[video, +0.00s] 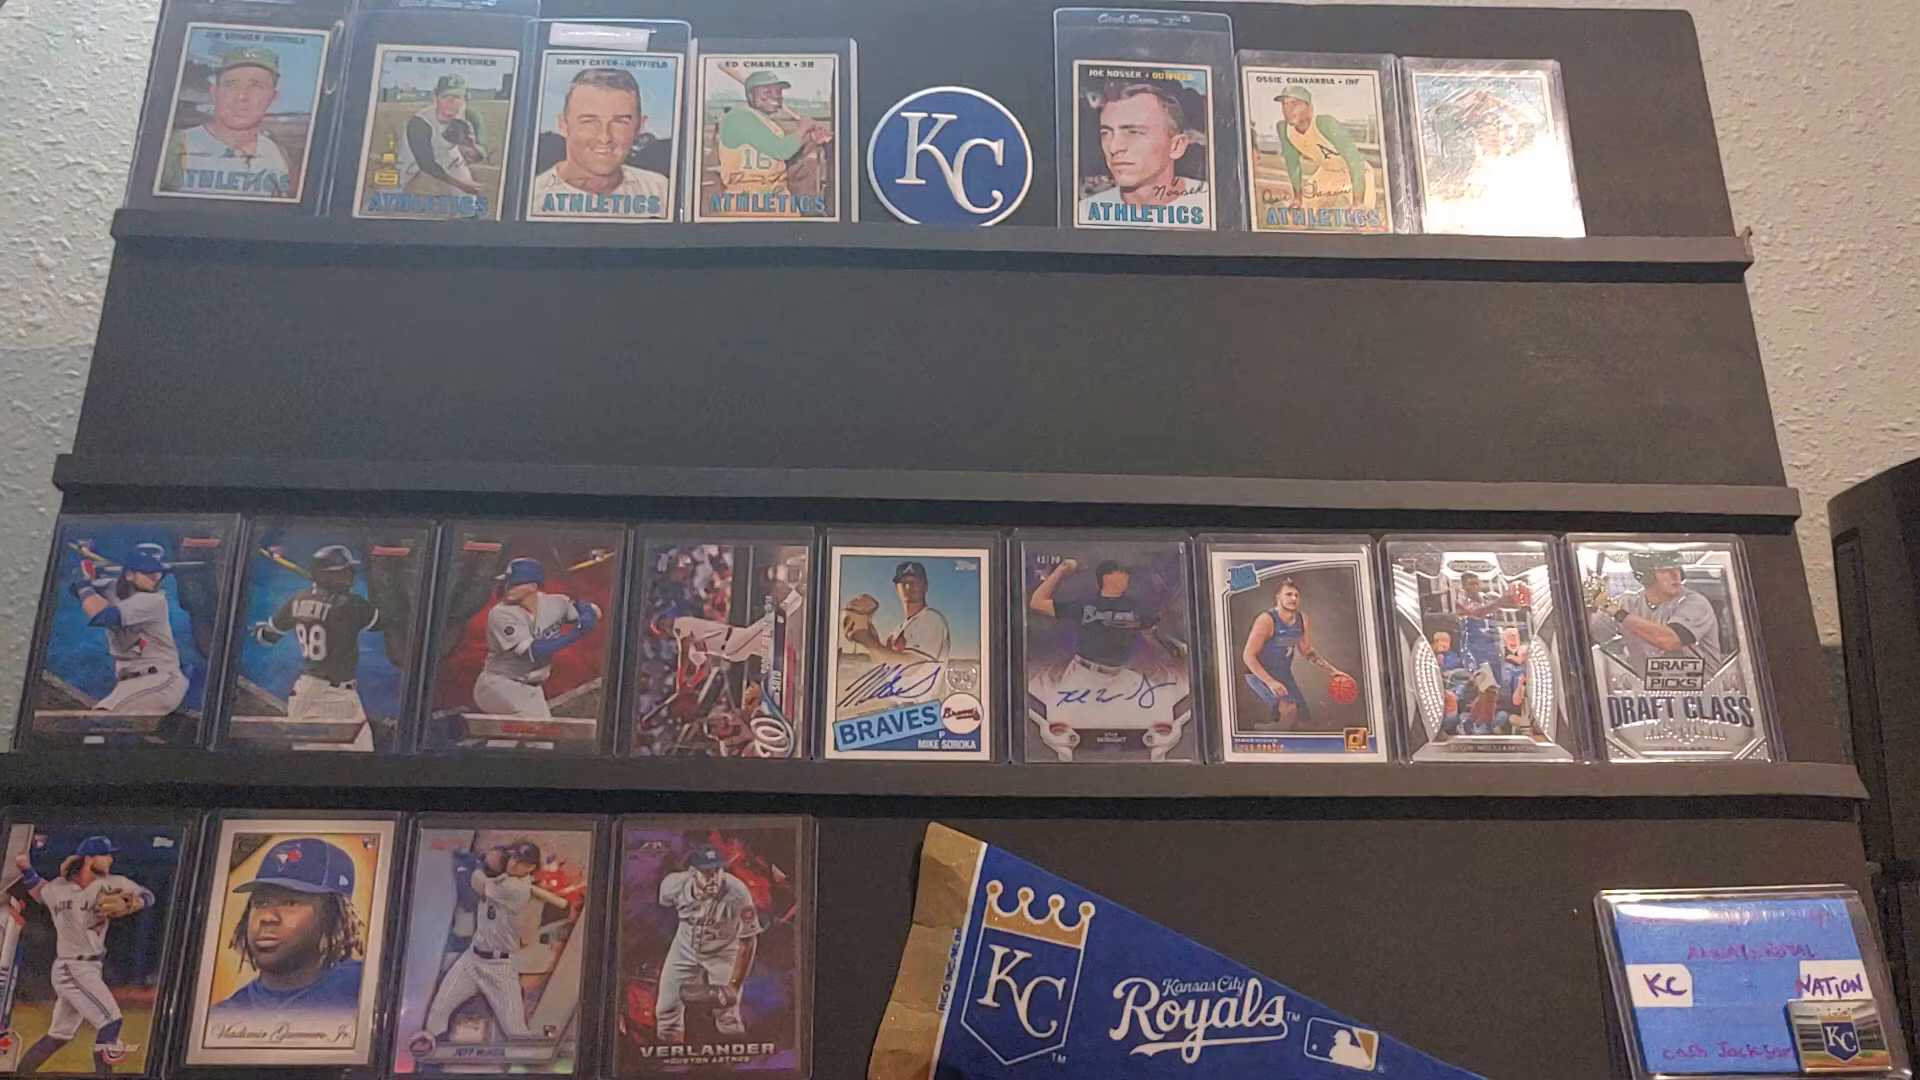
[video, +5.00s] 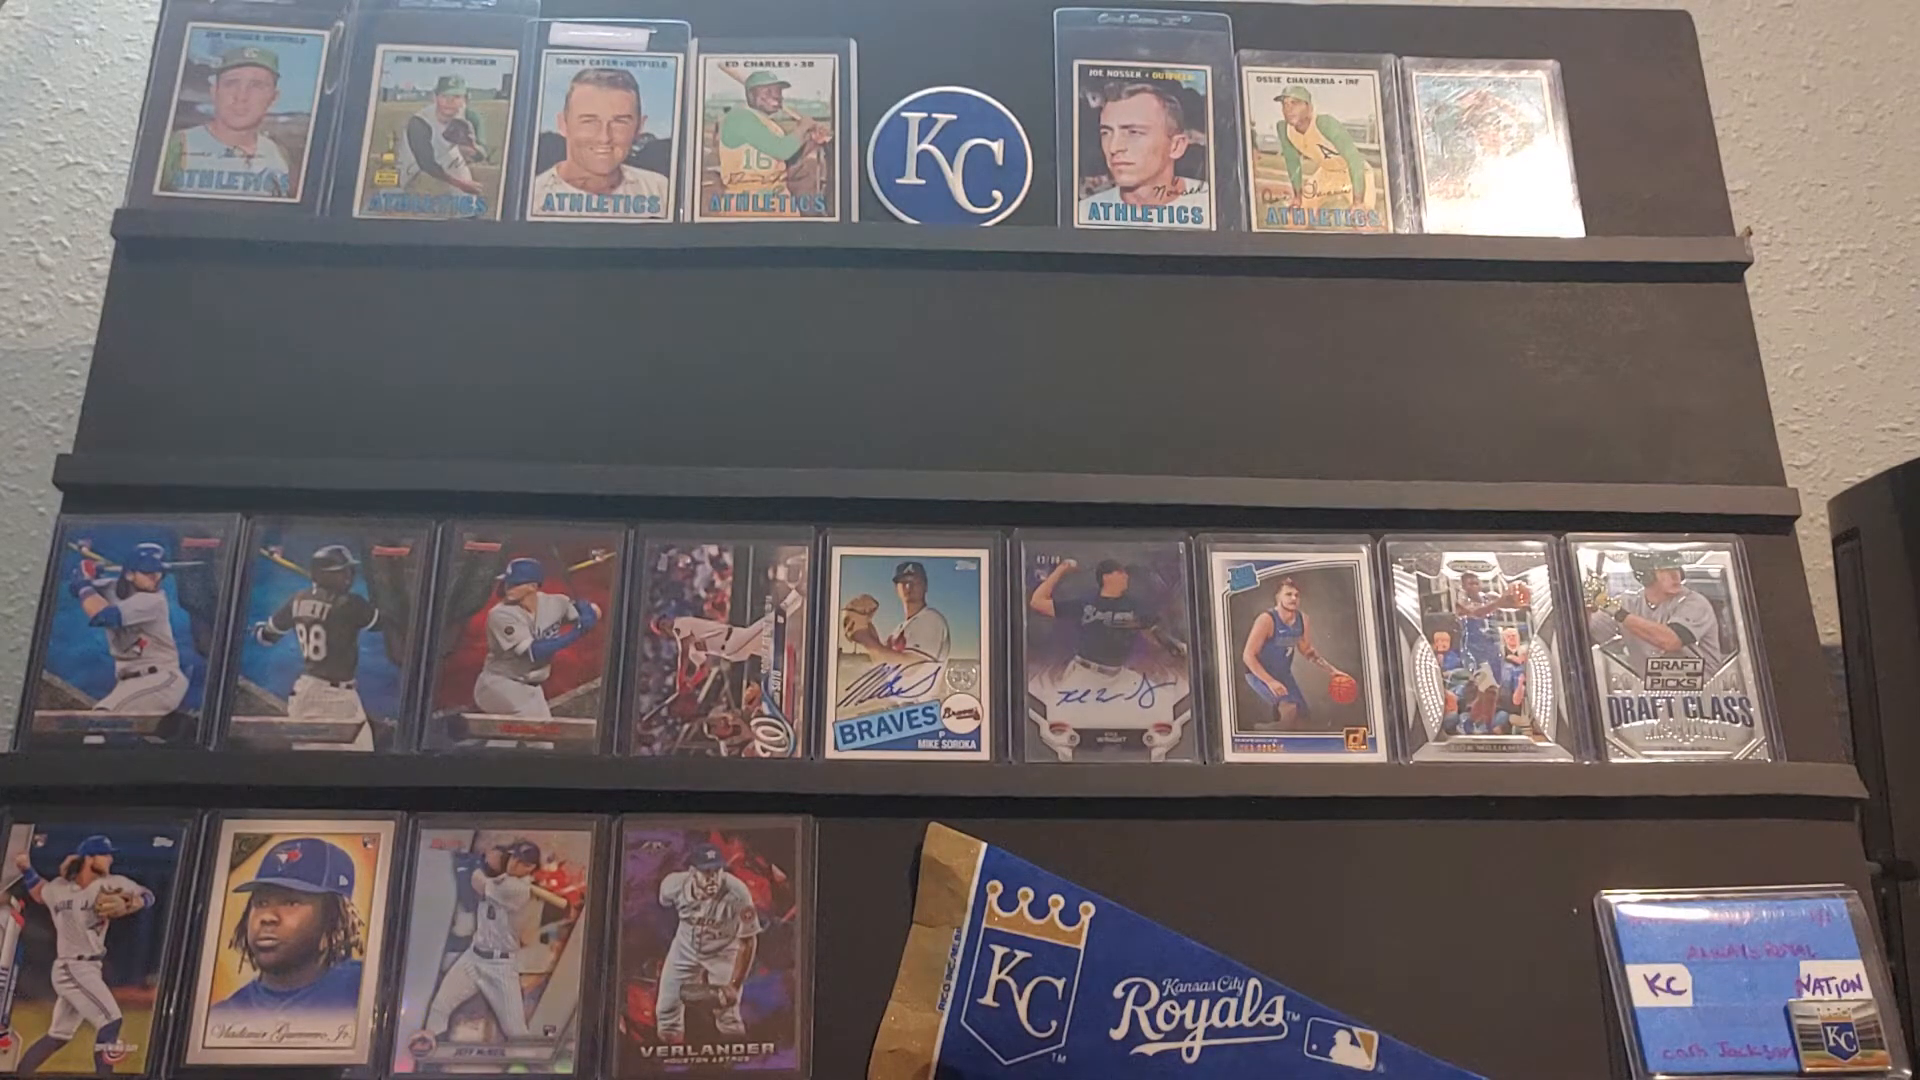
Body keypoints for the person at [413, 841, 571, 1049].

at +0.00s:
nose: (513, 863)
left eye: (520, 861)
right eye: (512, 858)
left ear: (531, 868)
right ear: (508, 858)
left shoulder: (518, 889)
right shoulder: (501, 878)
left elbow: (477, 882)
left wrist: (481, 866)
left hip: (501, 966)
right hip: (472, 958)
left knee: (515, 1031)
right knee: (439, 1007)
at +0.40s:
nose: (513, 863)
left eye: (520, 861)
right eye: (513, 858)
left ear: (531, 868)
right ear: (509, 858)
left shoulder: (518, 890)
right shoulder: (501, 878)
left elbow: (477, 882)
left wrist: (481, 865)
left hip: (500, 966)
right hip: (472, 958)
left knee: (516, 1029)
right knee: (440, 1006)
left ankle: (531, 1071)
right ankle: (426, 1063)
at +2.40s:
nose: (514, 865)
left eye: (521, 863)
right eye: (513, 859)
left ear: (530, 869)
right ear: (509, 858)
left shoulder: (518, 890)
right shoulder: (501, 879)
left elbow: (479, 882)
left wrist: (477, 867)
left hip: (501, 966)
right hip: (473, 958)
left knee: (515, 1031)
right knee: (440, 1005)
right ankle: (427, 1063)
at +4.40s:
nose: (515, 864)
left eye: (522, 863)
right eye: (514, 859)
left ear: (531, 868)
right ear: (509, 858)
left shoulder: (518, 890)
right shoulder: (502, 879)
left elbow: (477, 881)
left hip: (501, 964)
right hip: (473, 957)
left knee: (515, 1030)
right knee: (441, 1004)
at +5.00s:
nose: (515, 865)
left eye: (522, 863)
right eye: (514, 859)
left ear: (531, 868)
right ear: (509, 858)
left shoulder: (518, 890)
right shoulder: (501, 879)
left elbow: (477, 881)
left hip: (501, 965)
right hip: (473, 957)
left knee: (514, 1029)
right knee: (439, 1006)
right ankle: (426, 1066)